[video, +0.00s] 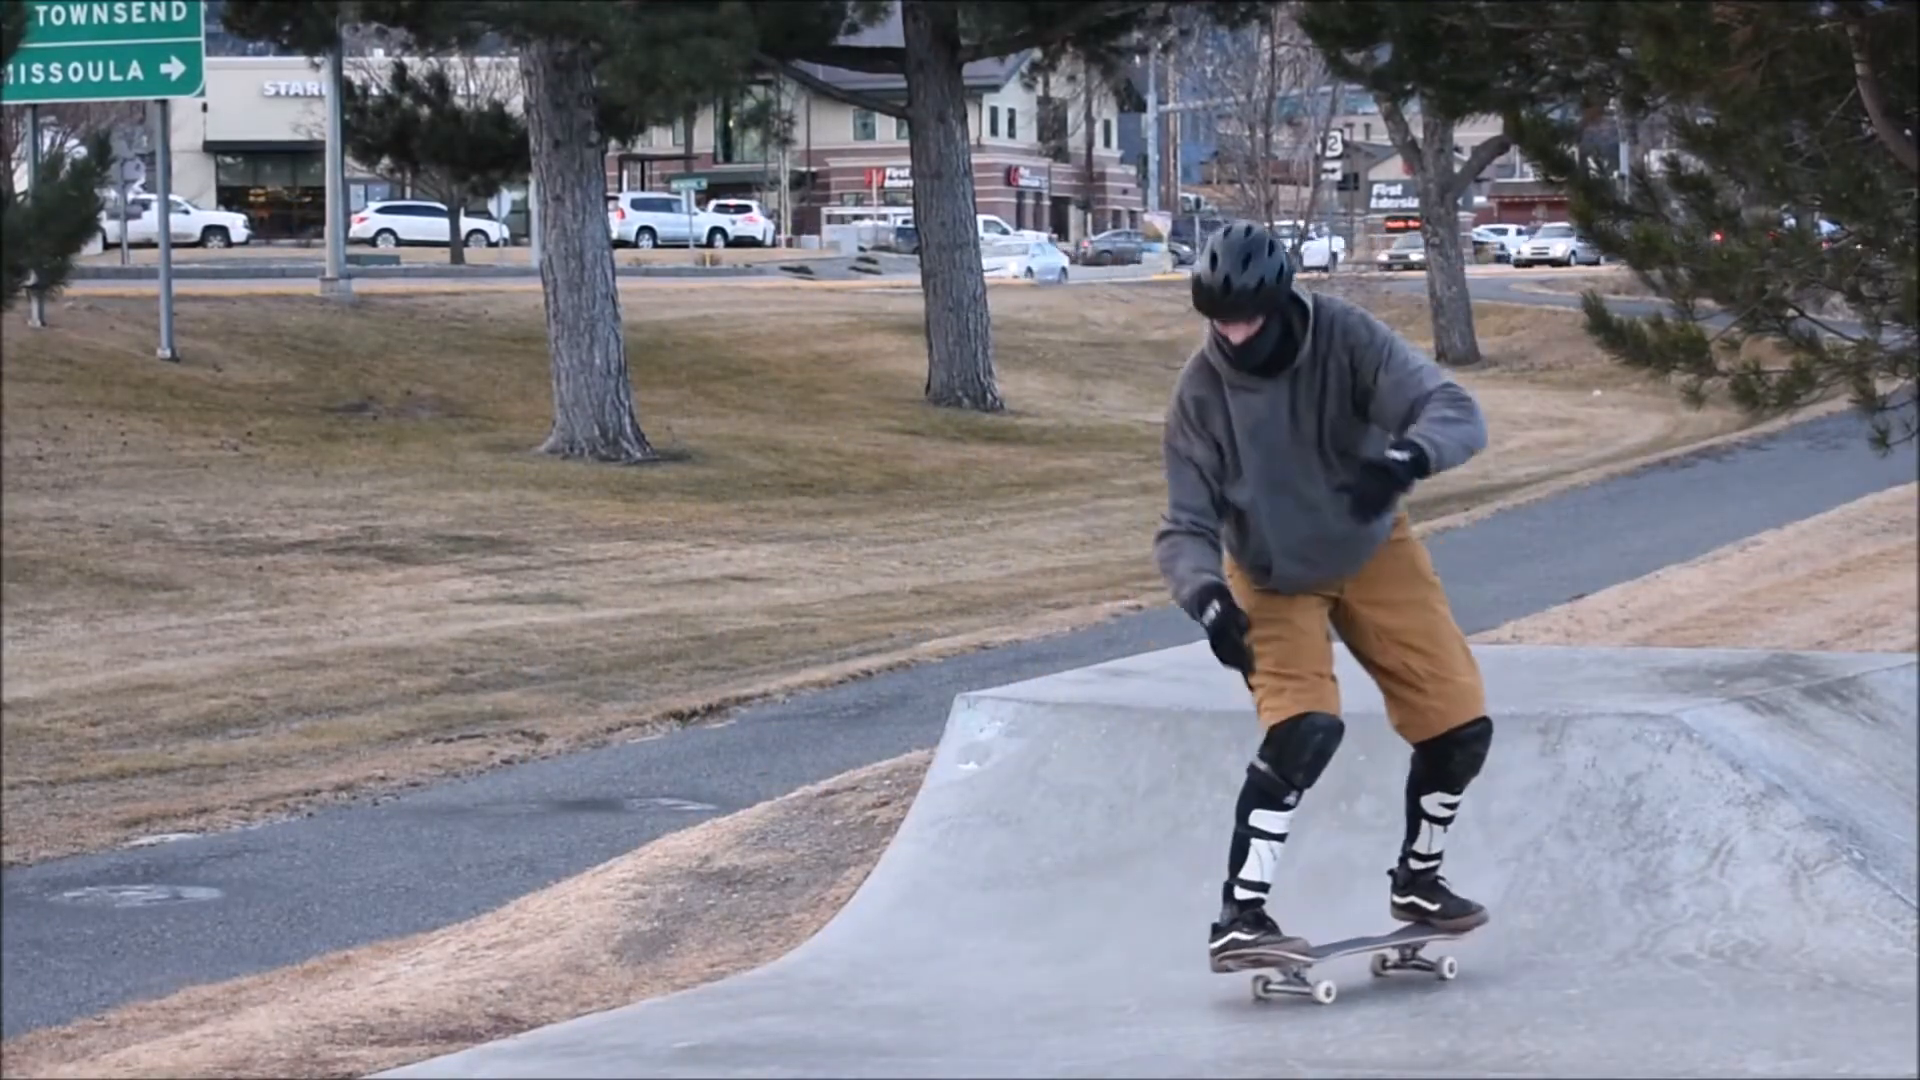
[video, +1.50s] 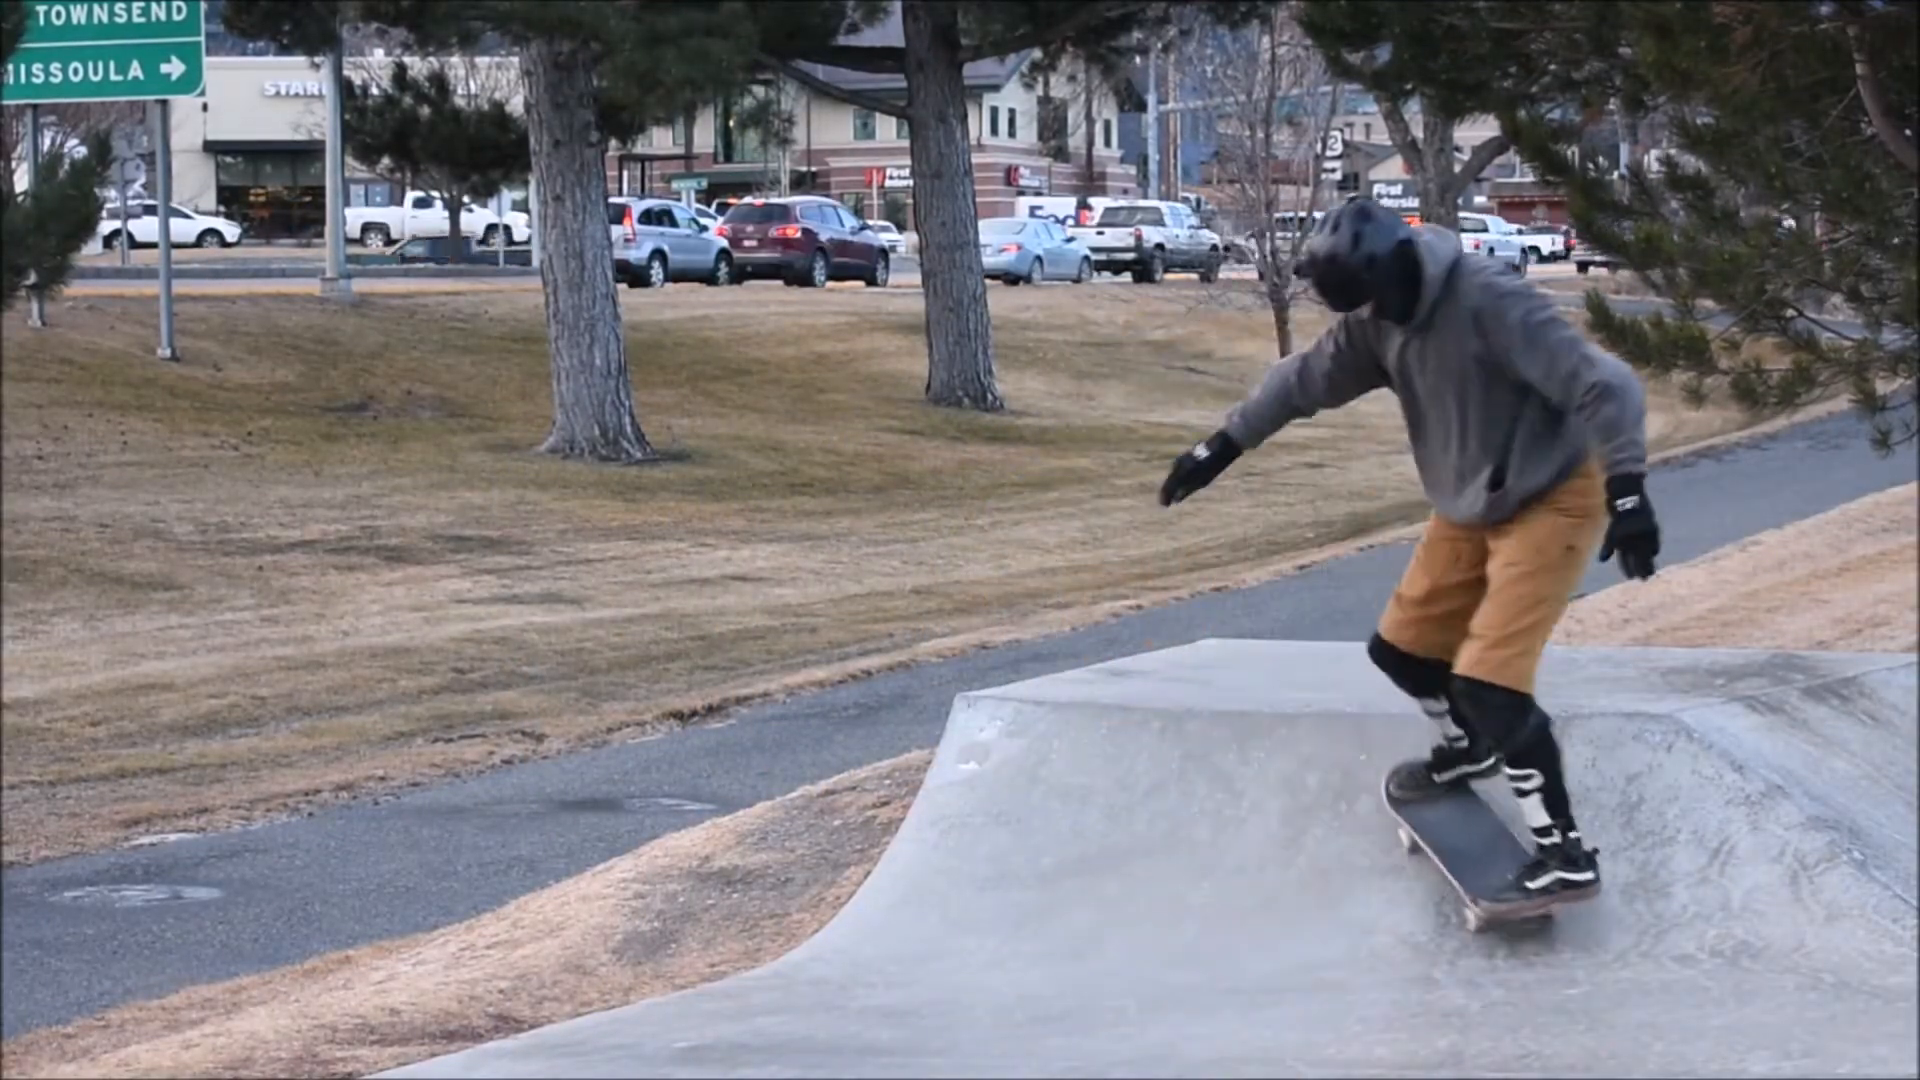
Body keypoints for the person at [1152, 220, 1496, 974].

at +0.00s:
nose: (1233, 332)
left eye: (1246, 316)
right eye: (1219, 318)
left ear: (1281, 299)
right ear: (1203, 309)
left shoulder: (1344, 336)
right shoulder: (1202, 390)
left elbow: (1458, 415)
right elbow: (1185, 528)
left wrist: (1406, 457)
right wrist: (1212, 606)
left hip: (1373, 548)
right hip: (1268, 568)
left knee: (1457, 728)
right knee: (1305, 728)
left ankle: (1417, 879)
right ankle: (1241, 918)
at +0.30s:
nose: (1215, 251)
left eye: (1230, 235)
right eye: (1202, 236)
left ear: (1266, 231)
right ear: (1186, 237)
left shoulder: (1324, 314)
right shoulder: (1164, 336)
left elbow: (1385, 420)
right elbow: (1113, 470)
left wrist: (1420, 524)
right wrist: (1125, 568)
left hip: (1308, 551)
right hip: (1196, 563)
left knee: (1377, 736)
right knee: (1211, 738)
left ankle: (1354, 891)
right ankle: (1163, 927)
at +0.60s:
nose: (1254, 494)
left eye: (1263, 484)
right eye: (1250, 480)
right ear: (1219, 450)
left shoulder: (1242, 476)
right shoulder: (1114, 457)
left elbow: (1268, 565)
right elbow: (987, 571)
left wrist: (1320, 640)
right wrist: (995, 696)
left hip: (1143, 627)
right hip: (1051, 614)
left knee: (1236, 752)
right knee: (1140, 759)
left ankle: (1147, 897)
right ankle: (1031, 924)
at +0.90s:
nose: (1296, 416)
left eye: (1310, 407)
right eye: (1284, 404)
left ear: (1340, 377)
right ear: (1261, 368)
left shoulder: (1367, 378)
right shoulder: (1216, 358)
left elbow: (1396, 513)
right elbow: (1131, 368)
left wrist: (1318, 544)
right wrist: (1068, 426)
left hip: (1313, 539)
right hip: (1217, 532)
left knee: (1370, 695)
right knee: (1251, 705)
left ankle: (1312, 808)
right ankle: (1191, 877)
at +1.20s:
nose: (1282, 338)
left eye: (1289, 325)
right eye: (1271, 327)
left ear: (1319, 297)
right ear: (1260, 295)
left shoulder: (1423, 286)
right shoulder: (1266, 283)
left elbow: (1542, 257)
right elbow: (1157, 326)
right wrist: (1059, 388)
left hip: (1470, 451)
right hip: (1389, 451)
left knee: (1430, 634)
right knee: (1352, 577)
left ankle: (1502, 782)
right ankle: (1425, 661)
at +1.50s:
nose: (1368, 319)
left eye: (1370, 303)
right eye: (1356, 310)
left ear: (1396, 266)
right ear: (1352, 289)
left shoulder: (1488, 297)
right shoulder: (1377, 321)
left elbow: (1608, 384)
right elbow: (1303, 380)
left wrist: (1629, 494)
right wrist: (1219, 446)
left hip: (1557, 495)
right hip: (1469, 502)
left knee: (1488, 684)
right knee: (1404, 649)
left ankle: (1564, 846)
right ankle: (1478, 738)